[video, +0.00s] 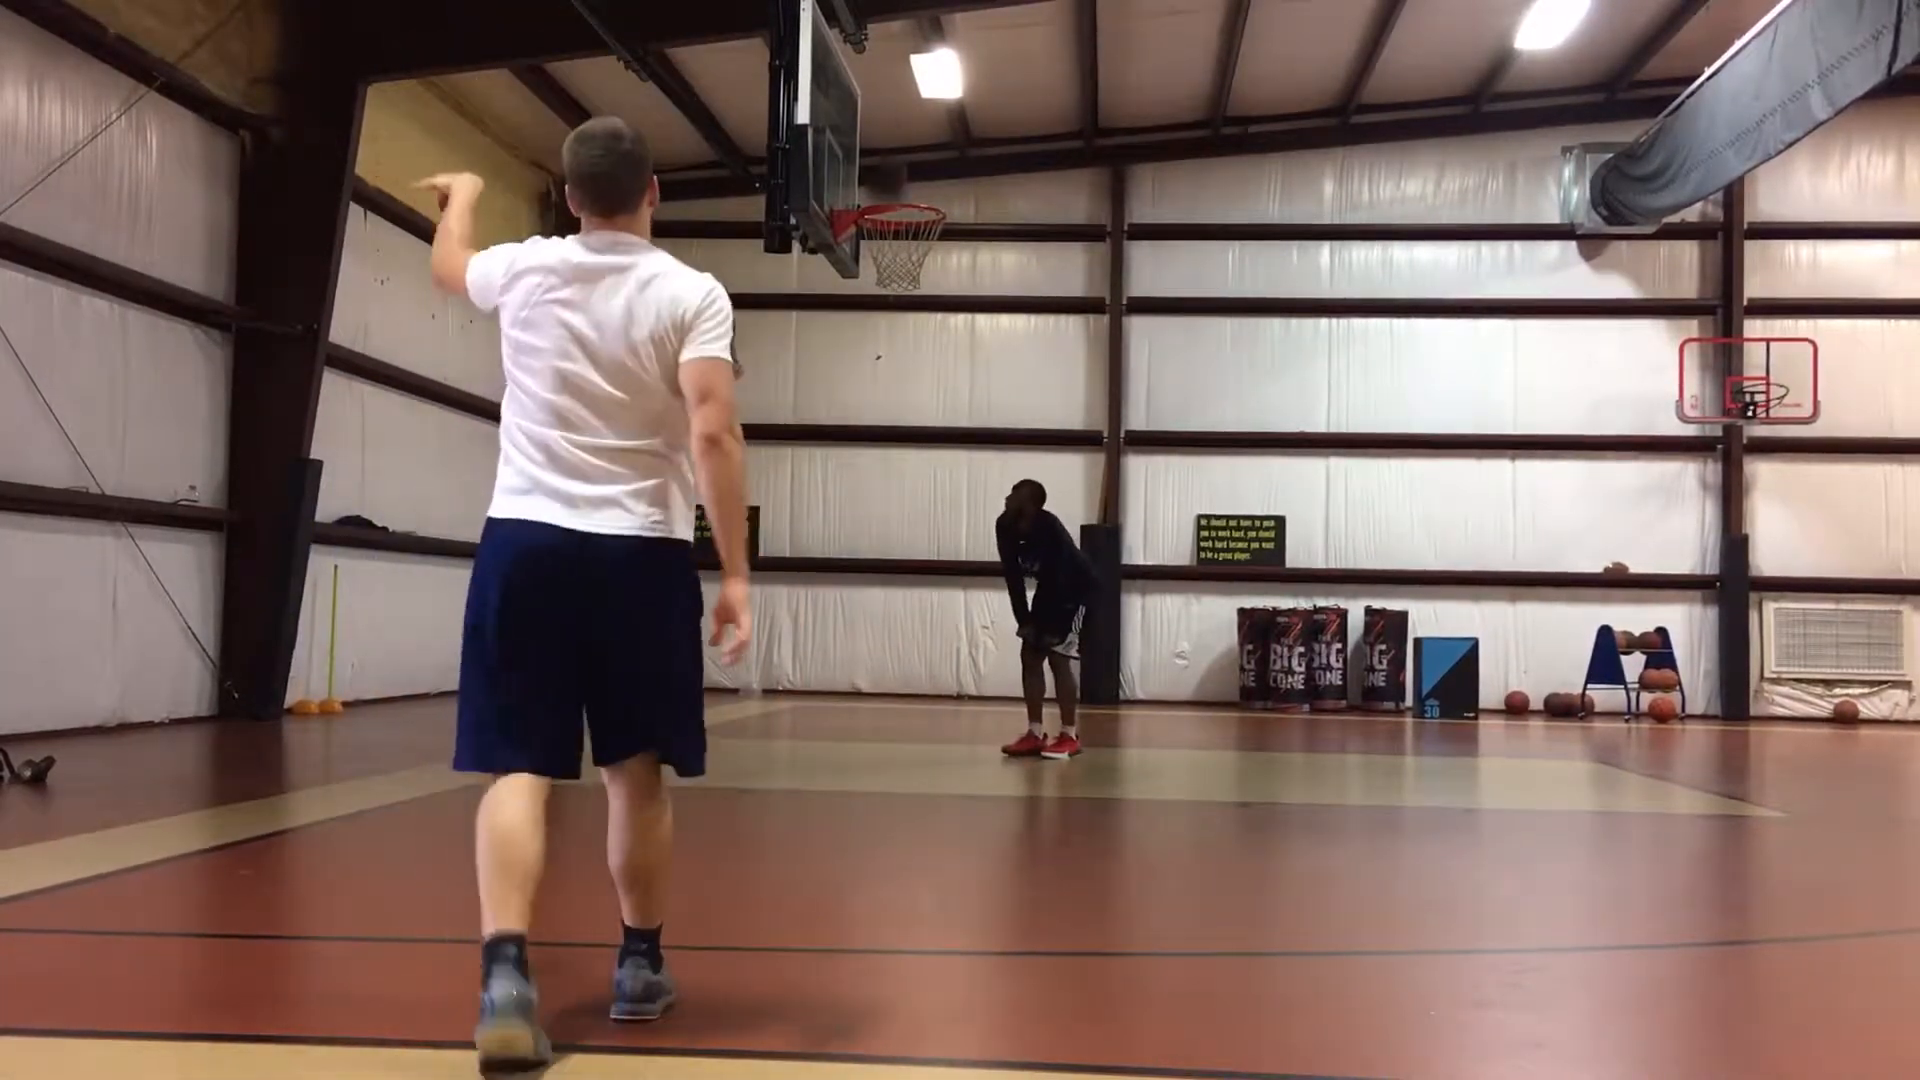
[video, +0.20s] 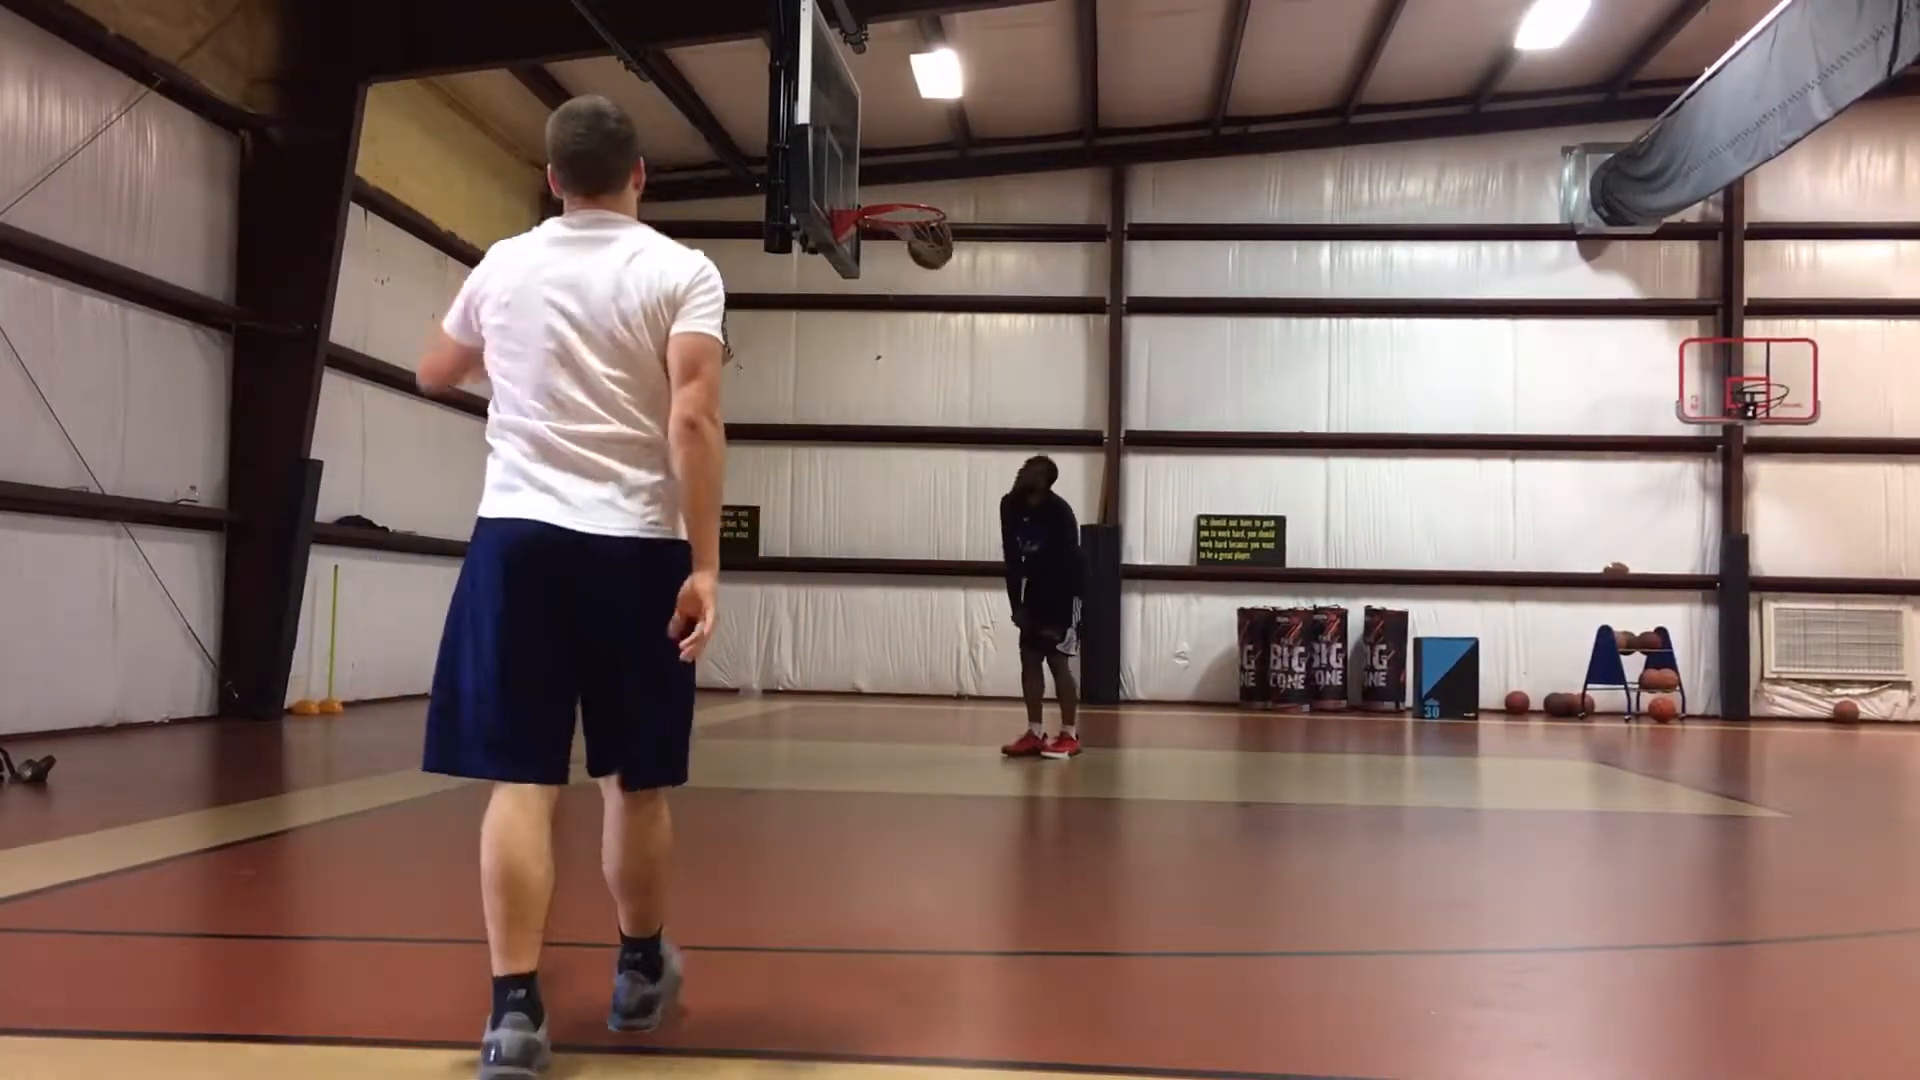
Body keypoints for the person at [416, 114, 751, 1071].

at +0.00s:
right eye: (652, 187)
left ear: (567, 200)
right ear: (653, 196)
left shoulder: (521, 268)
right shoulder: (694, 295)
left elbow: (452, 266)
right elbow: (714, 430)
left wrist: (460, 194)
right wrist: (735, 571)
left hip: (525, 553)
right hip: (641, 565)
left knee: (519, 766)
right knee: (637, 773)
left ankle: (505, 976)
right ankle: (639, 966)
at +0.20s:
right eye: (643, 172)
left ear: (548, 182)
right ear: (640, 178)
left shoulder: (503, 265)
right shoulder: (683, 271)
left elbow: (435, 372)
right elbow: (692, 416)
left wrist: (513, 352)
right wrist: (705, 563)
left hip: (517, 553)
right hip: (637, 558)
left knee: (520, 777)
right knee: (636, 778)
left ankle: (514, 1013)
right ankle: (641, 974)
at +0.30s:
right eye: (639, 159)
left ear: (548, 168)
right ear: (641, 164)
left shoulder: (502, 259)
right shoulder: (688, 258)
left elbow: (435, 396)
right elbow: (708, 408)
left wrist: (444, 468)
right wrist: (728, 549)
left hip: (520, 547)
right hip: (647, 550)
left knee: (519, 777)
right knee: (648, 770)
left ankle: (512, 1016)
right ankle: (645, 986)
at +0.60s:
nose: (696, 174)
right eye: (700, 161)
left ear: (601, 160)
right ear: (698, 163)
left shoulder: (532, 251)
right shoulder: (744, 263)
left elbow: (490, 380)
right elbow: (808, 420)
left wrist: (473, 527)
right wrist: (835, 539)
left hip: (543, 542)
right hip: (685, 551)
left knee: (526, 798)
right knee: (680, 788)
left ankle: (513, 1027)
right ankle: (697, 1049)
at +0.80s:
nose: (701, 152)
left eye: (698, 143)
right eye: (702, 140)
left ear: (596, 126)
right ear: (690, 134)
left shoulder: (507, 208)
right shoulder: (693, 206)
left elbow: (428, 369)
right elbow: (725, 343)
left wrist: (499, 458)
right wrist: (841, 450)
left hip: (456, 496)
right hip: (604, 511)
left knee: (392, 763)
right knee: (624, 767)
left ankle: (292, 998)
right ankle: (623, 1010)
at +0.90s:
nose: (651, 149)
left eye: (646, 139)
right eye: (653, 136)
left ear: (548, 124)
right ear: (642, 131)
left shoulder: (453, 208)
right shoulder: (653, 211)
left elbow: (376, 360)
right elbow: (710, 371)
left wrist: (405, 464)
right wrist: (750, 474)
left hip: (395, 477)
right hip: (547, 491)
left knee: (323, 742)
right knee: (554, 763)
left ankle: (180, 985)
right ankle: (529, 1018)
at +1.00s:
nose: (592, 200)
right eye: (595, 188)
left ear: (491, 173)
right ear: (582, 184)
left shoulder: (395, 253)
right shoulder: (597, 276)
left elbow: (308, 409)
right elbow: (650, 470)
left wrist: (376, 508)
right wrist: (681, 619)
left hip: (335, 544)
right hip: (490, 569)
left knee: (233, 784)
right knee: (505, 821)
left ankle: (76, 1018)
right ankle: (471, 1057)